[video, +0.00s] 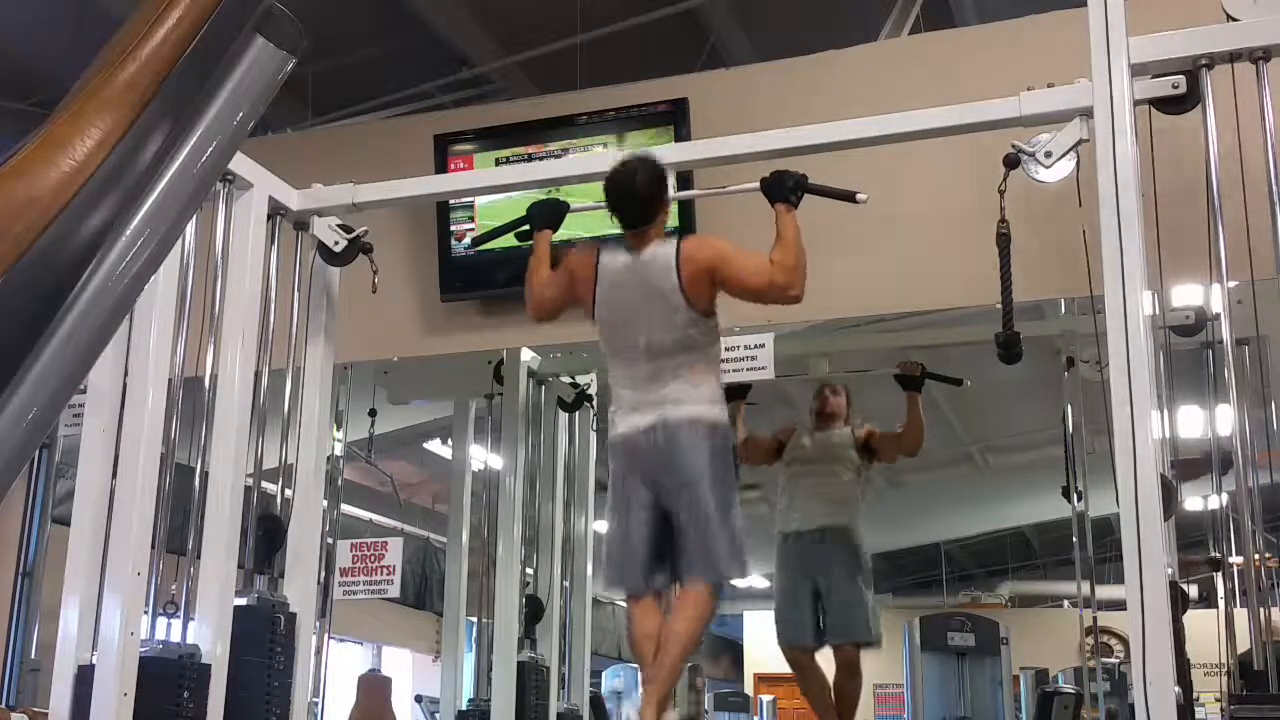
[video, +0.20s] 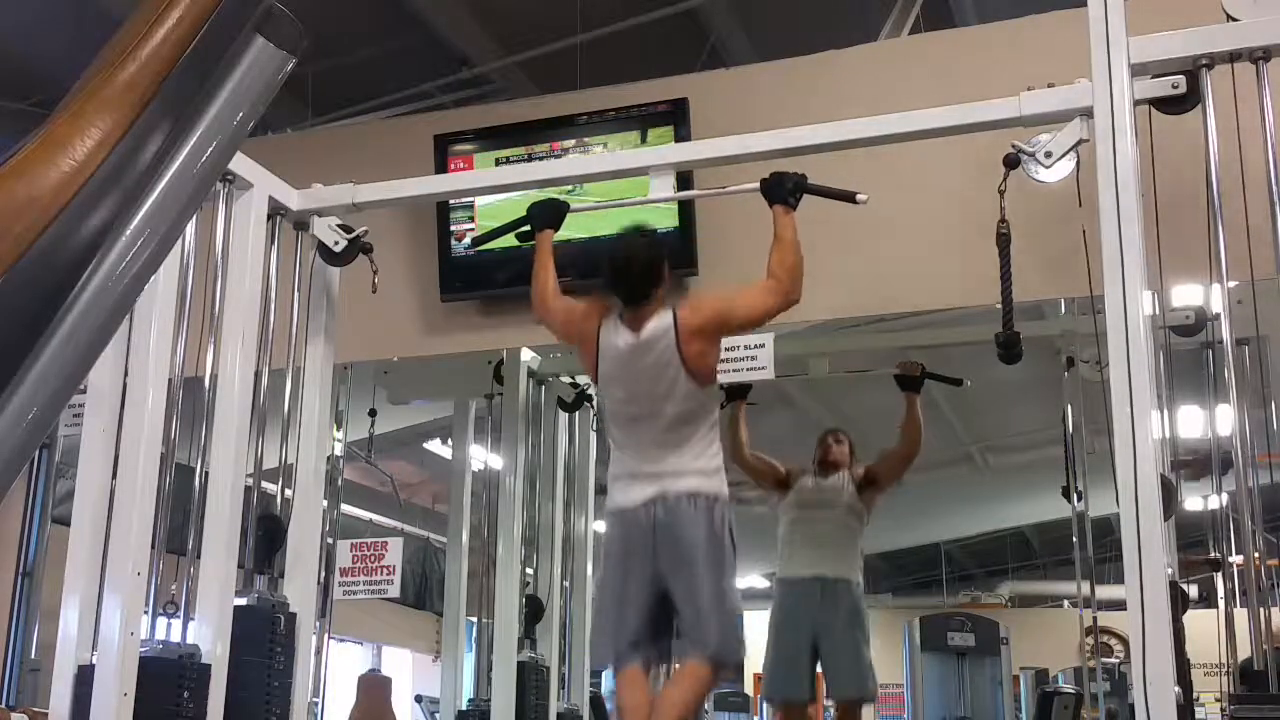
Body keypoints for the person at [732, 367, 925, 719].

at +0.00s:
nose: (826, 396)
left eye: (835, 393)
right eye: (821, 393)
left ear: (847, 408)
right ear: (812, 407)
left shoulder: (859, 437)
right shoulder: (792, 438)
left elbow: (909, 443)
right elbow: (744, 451)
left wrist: (913, 392)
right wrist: (736, 404)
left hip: (840, 546)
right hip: (792, 548)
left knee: (846, 650)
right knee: (795, 650)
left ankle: (845, 716)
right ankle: (831, 716)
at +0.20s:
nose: (830, 445)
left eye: (838, 441)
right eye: (825, 442)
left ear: (851, 454)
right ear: (815, 454)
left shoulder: (861, 482)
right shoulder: (791, 481)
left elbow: (907, 450)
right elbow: (740, 455)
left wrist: (912, 395)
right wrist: (736, 402)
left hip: (842, 591)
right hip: (791, 591)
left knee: (850, 697)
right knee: (789, 698)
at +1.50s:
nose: (827, 459)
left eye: (836, 457)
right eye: (821, 457)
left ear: (847, 471)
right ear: (811, 470)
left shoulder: (859, 495)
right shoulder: (787, 493)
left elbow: (903, 451)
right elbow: (743, 458)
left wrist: (909, 395)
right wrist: (737, 401)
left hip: (840, 606)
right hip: (788, 606)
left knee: (845, 705)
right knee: (782, 703)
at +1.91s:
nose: (827, 400)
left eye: (835, 398)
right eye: (820, 398)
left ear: (847, 413)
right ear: (812, 413)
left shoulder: (860, 439)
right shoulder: (791, 442)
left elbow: (908, 448)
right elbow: (741, 451)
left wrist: (912, 393)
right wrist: (736, 402)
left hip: (841, 542)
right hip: (792, 542)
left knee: (845, 648)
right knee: (782, 642)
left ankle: (831, 716)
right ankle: (811, 713)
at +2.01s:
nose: (822, 384)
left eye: (831, 378)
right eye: (816, 380)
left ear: (846, 390)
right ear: (809, 391)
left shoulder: (863, 421)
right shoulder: (789, 423)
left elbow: (909, 446)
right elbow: (741, 453)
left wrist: (912, 393)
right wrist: (737, 404)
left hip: (843, 523)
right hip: (794, 524)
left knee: (846, 628)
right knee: (789, 627)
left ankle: (832, 714)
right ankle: (825, 712)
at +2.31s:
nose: (824, 392)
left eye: (832, 389)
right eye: (818, 390)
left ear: (846, 403)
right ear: (811, 402)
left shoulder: (861, 433)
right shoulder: (790, 434)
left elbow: (910, 447)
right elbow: (740, 450)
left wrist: (912, 393)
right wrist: (736, 404)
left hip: (845, 541)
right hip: (795, 543)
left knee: (856, 644)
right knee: (799, 644)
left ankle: (850, 716)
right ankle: (834, 714)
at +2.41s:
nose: (826, 419)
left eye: (835, 415)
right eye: (820, 416)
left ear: (849, 429)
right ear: (813, 428)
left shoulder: (860, 457)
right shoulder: (791, 458)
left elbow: (910, 448)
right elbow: (741, 455)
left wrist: (912, 394)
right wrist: (735, 404)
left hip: (845, 568)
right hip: (795, 569)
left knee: (857, 673)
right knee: (797, 677)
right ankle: (827, 715)